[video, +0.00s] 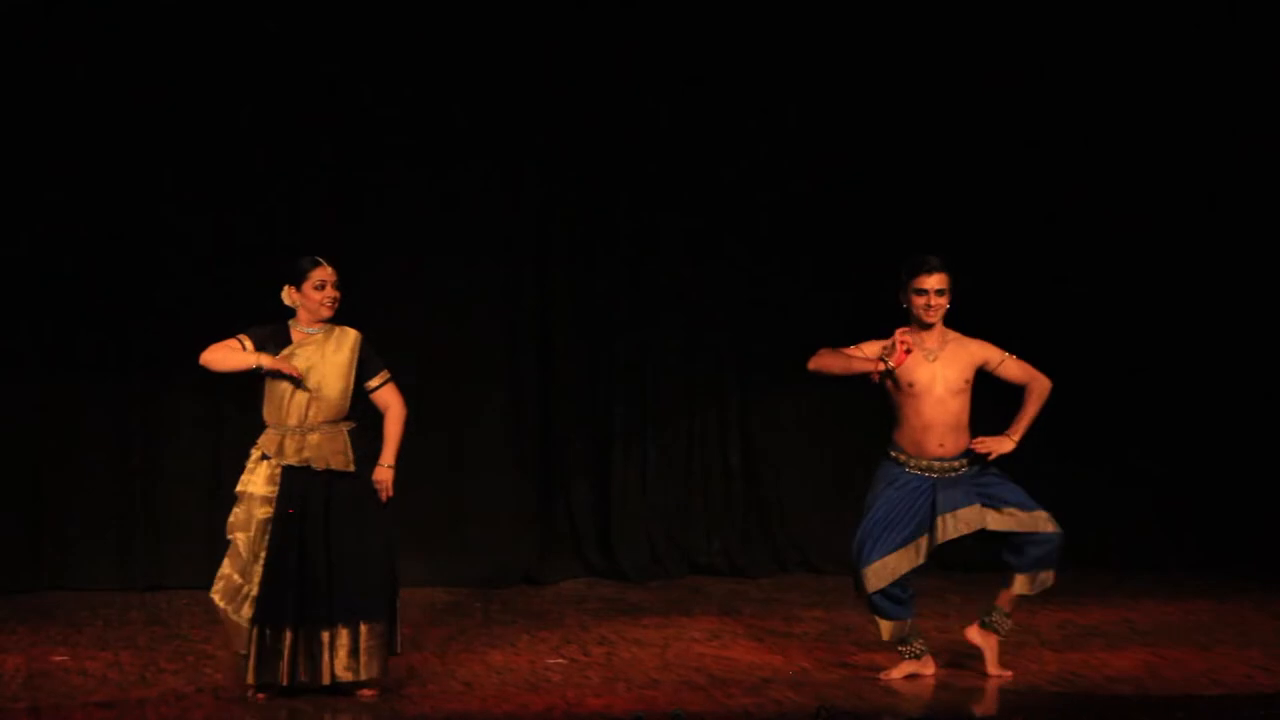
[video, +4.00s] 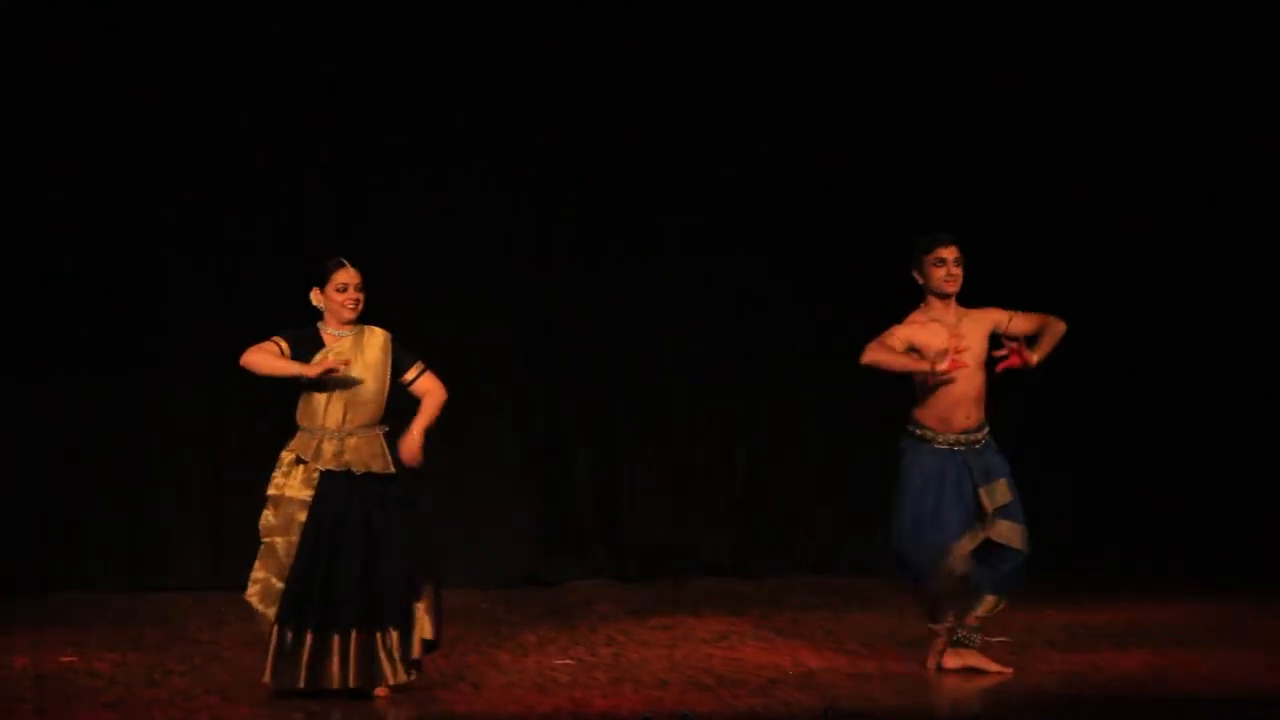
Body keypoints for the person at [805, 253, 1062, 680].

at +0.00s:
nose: (931, 301)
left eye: (939, 293)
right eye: (921, 293)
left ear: (949, 298)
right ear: (907, 298)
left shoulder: (972, 350)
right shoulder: (889, 348)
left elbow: (1040, 383)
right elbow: (817, 363)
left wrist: (1012, 437)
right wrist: (879, 359)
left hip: (966, 471)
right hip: (905, 474)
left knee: (1042, 535)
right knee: (874, 559)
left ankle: (991, 627)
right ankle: (915, 654)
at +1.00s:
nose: (985, 282)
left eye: (992, 274)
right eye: (974, 274)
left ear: (1000, 281)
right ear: (958, 281)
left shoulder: (1022, 336)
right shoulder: (942, 333)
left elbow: (1087, 379)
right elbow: (874, 356)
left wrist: (1049, 431)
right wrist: (935, 356)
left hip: (1014, 458)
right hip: (956, 456)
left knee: (1049, 556)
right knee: (922, 534)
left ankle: (1003, 648)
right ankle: (960, 628)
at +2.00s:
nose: (894, 284)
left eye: (905, 277)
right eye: (890, 276)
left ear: (927, 284)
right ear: (885, 282)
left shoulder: (963, 332)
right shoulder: (875, 340)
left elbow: (1029, 377)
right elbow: (791, 350)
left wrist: (993, 434)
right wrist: (848, 337)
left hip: (955, 459)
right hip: (901, 457)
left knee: (956, 560)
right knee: (894, 555)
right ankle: (921, 656)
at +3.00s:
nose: (955, 279)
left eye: (962, 271)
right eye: (945, 271)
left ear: (969, 277)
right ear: (926, 277)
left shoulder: (985, 337)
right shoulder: (906, 327)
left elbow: (1049, 382)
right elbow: (843, 340)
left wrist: (1007, 432)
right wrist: (902, 342)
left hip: (976, 454)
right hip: (916, 455)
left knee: (1031, 545)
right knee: (899, 552)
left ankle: (1014, 648)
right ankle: (931, 640)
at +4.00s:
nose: (951, 272)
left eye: (956, 264)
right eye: (940, 264)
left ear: (963, 272)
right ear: (920, 273)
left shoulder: (984, 320)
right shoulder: (913, 328)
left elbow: (1054, 325)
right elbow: (871, 355)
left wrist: (1035, 354)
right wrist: (926, 368)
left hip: (980, 447)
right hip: (931, 449)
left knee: (1006, 541)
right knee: (948, 550)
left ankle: (962, 647)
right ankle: (940, 631)